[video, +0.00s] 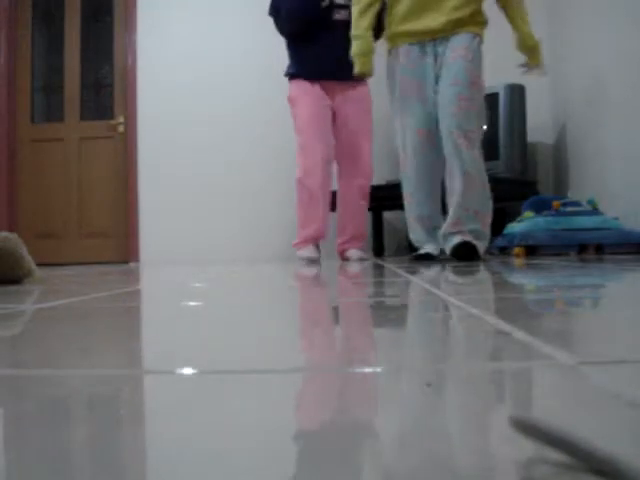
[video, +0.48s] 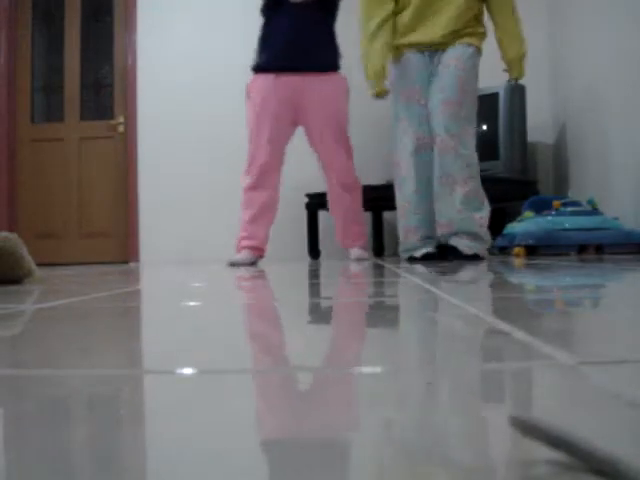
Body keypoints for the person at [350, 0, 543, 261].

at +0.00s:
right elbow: (365, 2)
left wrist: (525, 35)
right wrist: (361, 43)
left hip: (461, 25)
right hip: (407, 30)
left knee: (458, 126)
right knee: (415, 135)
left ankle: (465, 236)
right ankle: (426, 241)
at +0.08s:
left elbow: (508, 2)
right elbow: (366, 4)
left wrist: (531, 38)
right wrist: (360, 48)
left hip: (460, 29)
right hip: (406, 34)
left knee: (456, 127)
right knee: (416, 137)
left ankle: (465, 235)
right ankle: (426, 240)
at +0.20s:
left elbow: (497, 1)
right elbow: (373, 4)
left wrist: (521, 39)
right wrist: (375, 40)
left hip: (456, 29)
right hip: (402, 34)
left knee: (447, 127)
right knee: (414, 135)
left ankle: (464, 236)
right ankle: (424, 240)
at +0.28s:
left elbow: (491, 1)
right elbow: (377, 1)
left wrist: (507, 38)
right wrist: (385, 28)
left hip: (455, 26)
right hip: (403, 32)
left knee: (447, 137)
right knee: (413, 139)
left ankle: (467, 239)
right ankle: (423, 241)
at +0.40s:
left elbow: (495, 3)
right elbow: (378, 3)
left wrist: (509, 48)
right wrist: (380, 50)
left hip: (457, 34)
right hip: (407, 38)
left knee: (444, 130)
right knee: (412, 137)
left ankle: (465, 238)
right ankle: (419, 242)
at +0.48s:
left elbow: (499, 3)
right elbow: (376, 6)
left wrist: (513, 49)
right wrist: (375, 62)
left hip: (461, 34)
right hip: (408, 35)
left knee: (449, 128)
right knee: (414, 136)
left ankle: (466, 237)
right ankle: (420, 242)